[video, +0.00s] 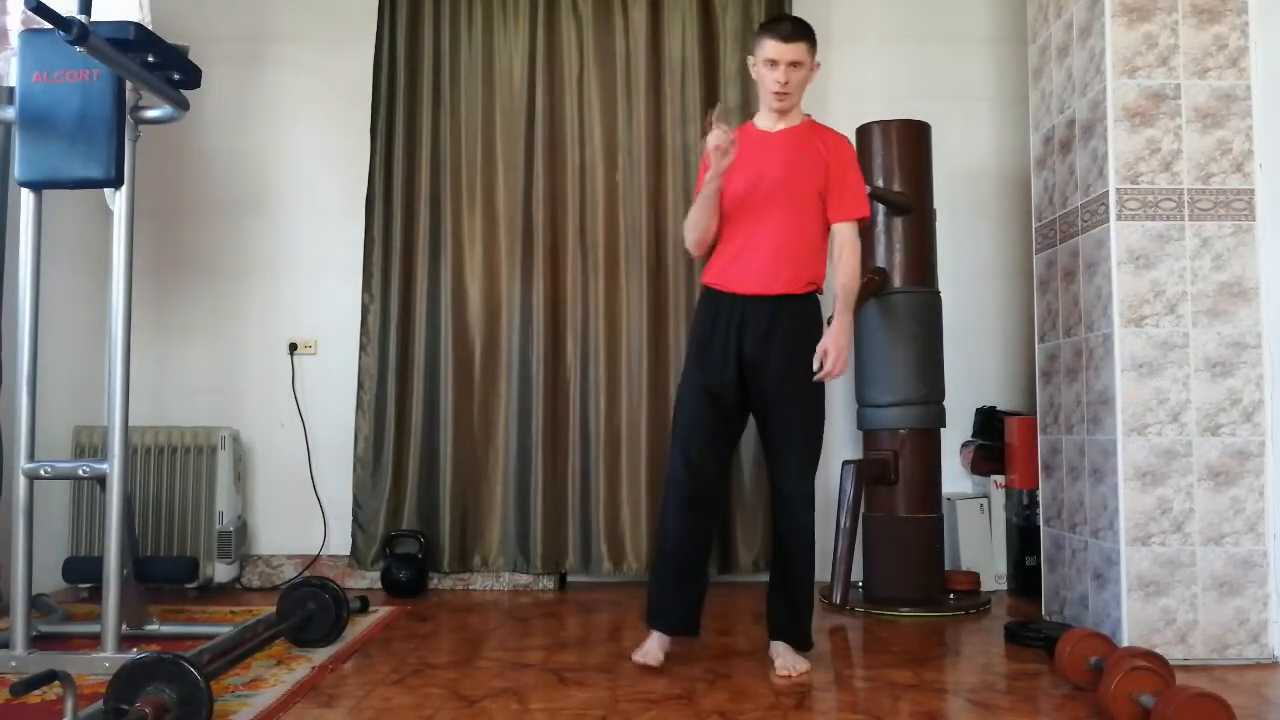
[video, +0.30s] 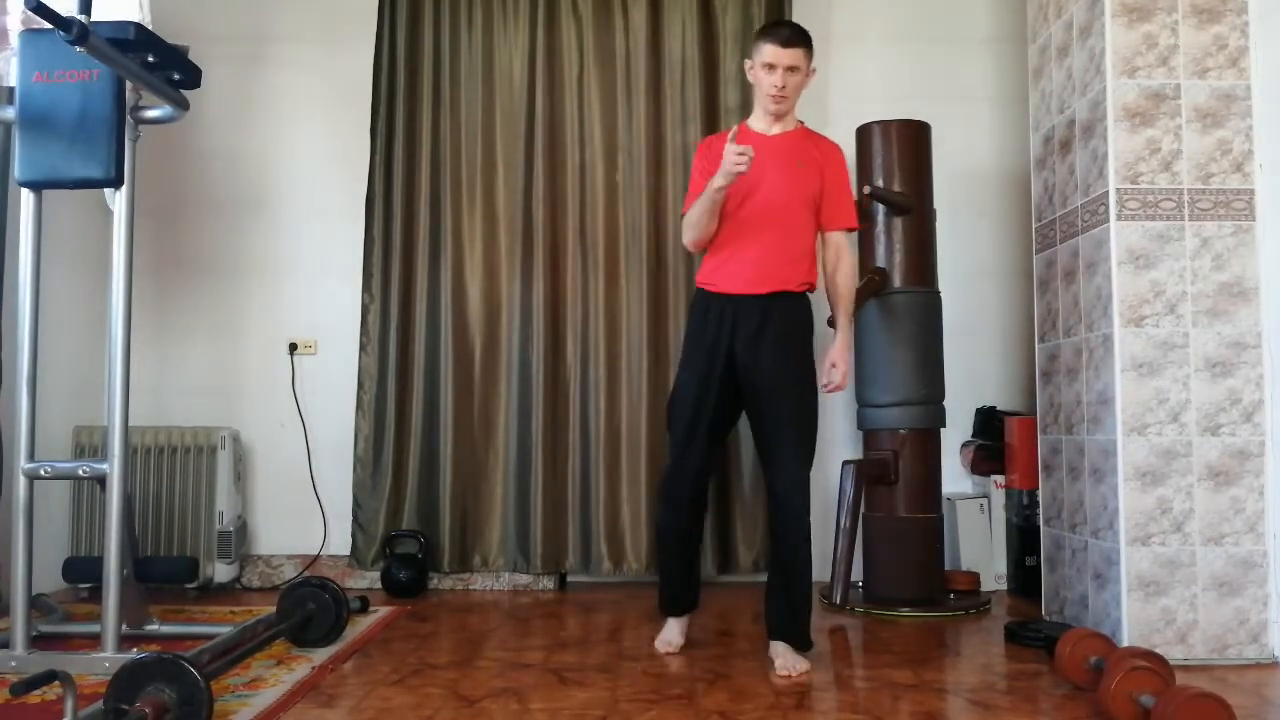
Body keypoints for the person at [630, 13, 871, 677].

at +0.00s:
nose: (781, 77)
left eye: (794, 65)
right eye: (770, 63)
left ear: (812, 71)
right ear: (752, 66)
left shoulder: (832, 149)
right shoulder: (724, 146)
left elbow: (847, 244)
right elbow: (695, 243)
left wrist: (841, 322)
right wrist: (714, 173)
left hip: (794, 324)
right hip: (721, 320)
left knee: (793, 486)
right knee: (690, 473)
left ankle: (787, 636)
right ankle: (667, 622)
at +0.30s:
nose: (780, 81)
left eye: (792, 70)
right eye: (770, 67)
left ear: (808, 77)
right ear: (749, 69)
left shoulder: (824, 154)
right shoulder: (716, 148)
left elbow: (840, 249)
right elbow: (692, 239)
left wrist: (842, 335)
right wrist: (721, 182)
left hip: (784, 323)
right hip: (714, 320)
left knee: (789, 481)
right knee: (684, 468)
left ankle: (787, 635)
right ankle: (676, 608)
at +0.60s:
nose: (748, 83)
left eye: (761, 72)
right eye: (737, 71)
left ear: (777, 80)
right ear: (720, 76)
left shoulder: (797, 155)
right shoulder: (691, 157)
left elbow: (817, 246)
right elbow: (667, 236)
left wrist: (822, 329)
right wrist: (676, 246)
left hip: (762, 323)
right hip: (694, 323)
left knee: (775, 481)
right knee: (681, 474)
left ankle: (784, 634)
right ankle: (685, 609)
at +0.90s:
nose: (718, 86)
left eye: (730, 76)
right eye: (707, 76)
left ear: (747, 87)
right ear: (690, 85)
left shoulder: (770, 159)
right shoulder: (666, 169)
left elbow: (789, 247)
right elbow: (650, 260)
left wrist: (777, 307)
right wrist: (629, 342)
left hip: (748, 327)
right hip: (674, 328)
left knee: (766, 483)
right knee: (671, 480)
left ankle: (781, 633)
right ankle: (680, 615)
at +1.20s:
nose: (687, 95)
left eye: (698, 84)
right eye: (676, 85)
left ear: (717, 93)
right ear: (661, 95)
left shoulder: (744, 161)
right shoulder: (648, 177)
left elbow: (766, 250)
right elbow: (635, 267)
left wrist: (768, 329)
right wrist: (610, 344)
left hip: (725, 331)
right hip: (658, 334)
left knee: (747, 483)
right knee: (665, 482)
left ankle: (772, 631)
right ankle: (680, 617)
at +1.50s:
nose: (675, 99)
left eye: (686, 89)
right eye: (665, 90)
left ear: (705, 97)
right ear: (649, 99)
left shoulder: (736, 166)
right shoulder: (635, 180)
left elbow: (760, 249)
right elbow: (622, 266)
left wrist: (769, 323)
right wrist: (611, 334)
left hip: (725, 332)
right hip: (657, 335)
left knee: (741, 481)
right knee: (661, 482)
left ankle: (754, 629)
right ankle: (679, 617)